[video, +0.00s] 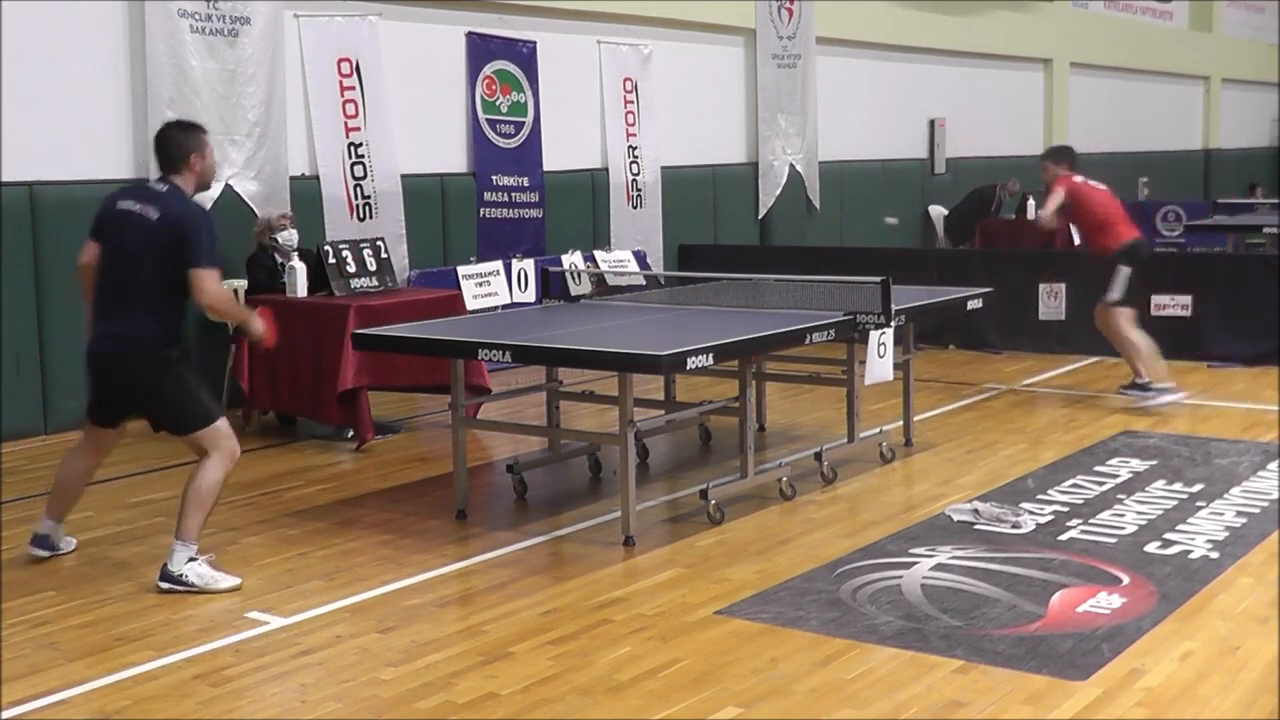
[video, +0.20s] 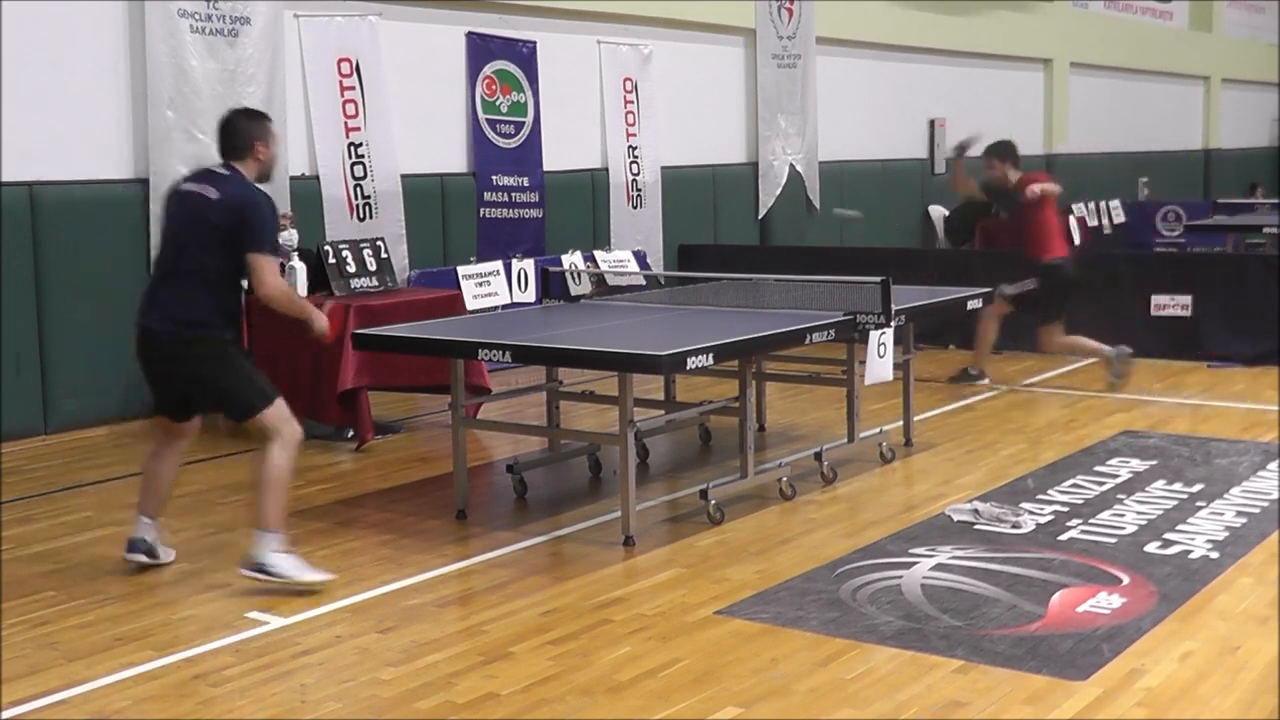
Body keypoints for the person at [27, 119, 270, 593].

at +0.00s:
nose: (213, 162)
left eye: (209, 154)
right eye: (209, 155)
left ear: (165, 160)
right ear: (196, 161)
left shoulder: (122, 199)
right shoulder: (193, 217)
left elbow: (88, 261)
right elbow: (207, 293)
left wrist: (97, 323)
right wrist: (248, 318)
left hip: (106, 353)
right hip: (154, 359)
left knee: (94, 442)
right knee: (222, 449)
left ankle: (47, 533)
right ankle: (182, 560)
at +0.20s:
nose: (276, 154)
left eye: (274, 145)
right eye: (273, 146)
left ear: (226, 148)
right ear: (259, 149)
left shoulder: (187, 188)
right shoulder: (252, 203)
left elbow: (200, 249)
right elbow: (267, 287)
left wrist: (262, 228)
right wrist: (310, 312)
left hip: (156, 334)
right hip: (203, 341)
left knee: (177, 429)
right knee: (285, 431)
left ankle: (144, 535)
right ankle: (270, 549)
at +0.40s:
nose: (347, 215)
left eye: (347, 207)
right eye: (345, 208)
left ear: (296, 208)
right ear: (332, 214)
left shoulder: (257, 236)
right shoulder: (323, 270)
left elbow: (232, 302)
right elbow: (337, 352)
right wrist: (377, 348)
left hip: (203, 385)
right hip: (249, 390)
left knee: (232, 464)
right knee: (358, 447)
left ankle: (163, 549)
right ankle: (357, 565)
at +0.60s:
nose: (345, 192)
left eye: (344, 183)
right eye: (340, 183)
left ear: (295, 186)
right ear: (320, 189)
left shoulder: (245, 210)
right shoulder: (301, 237)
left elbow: (270, 272)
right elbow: (355, 297)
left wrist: (321, 255)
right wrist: (415, 277)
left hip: (204, 362)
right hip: (243, 366)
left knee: (223, 455)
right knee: (330, 444)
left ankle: (153, 542)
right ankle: (360, 563)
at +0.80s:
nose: (300, 143)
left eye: (298, 133)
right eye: (296, 133)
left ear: (254, 134)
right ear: (275, 136)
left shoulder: (211, 167)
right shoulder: (239, 180)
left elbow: (210, 246)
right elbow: (247, 257)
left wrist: (270, 233)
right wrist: (313, 245)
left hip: (188, 325)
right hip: (222, 328)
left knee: (191, 434)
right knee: (264, 439)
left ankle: (146, 535)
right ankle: (240, 564)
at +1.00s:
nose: (280, 143)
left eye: (277, 135)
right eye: (275, 135)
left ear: (235, 143)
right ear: (257, 143)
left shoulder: (195, 185)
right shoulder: (234, 196)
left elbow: (161, 250)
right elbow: (213, 277)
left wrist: (248, 239)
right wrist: (271, 328)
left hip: (175, 338)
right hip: (202, 344)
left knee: (193, 439)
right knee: (221, 463)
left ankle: (152, 526)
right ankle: (165, 578)